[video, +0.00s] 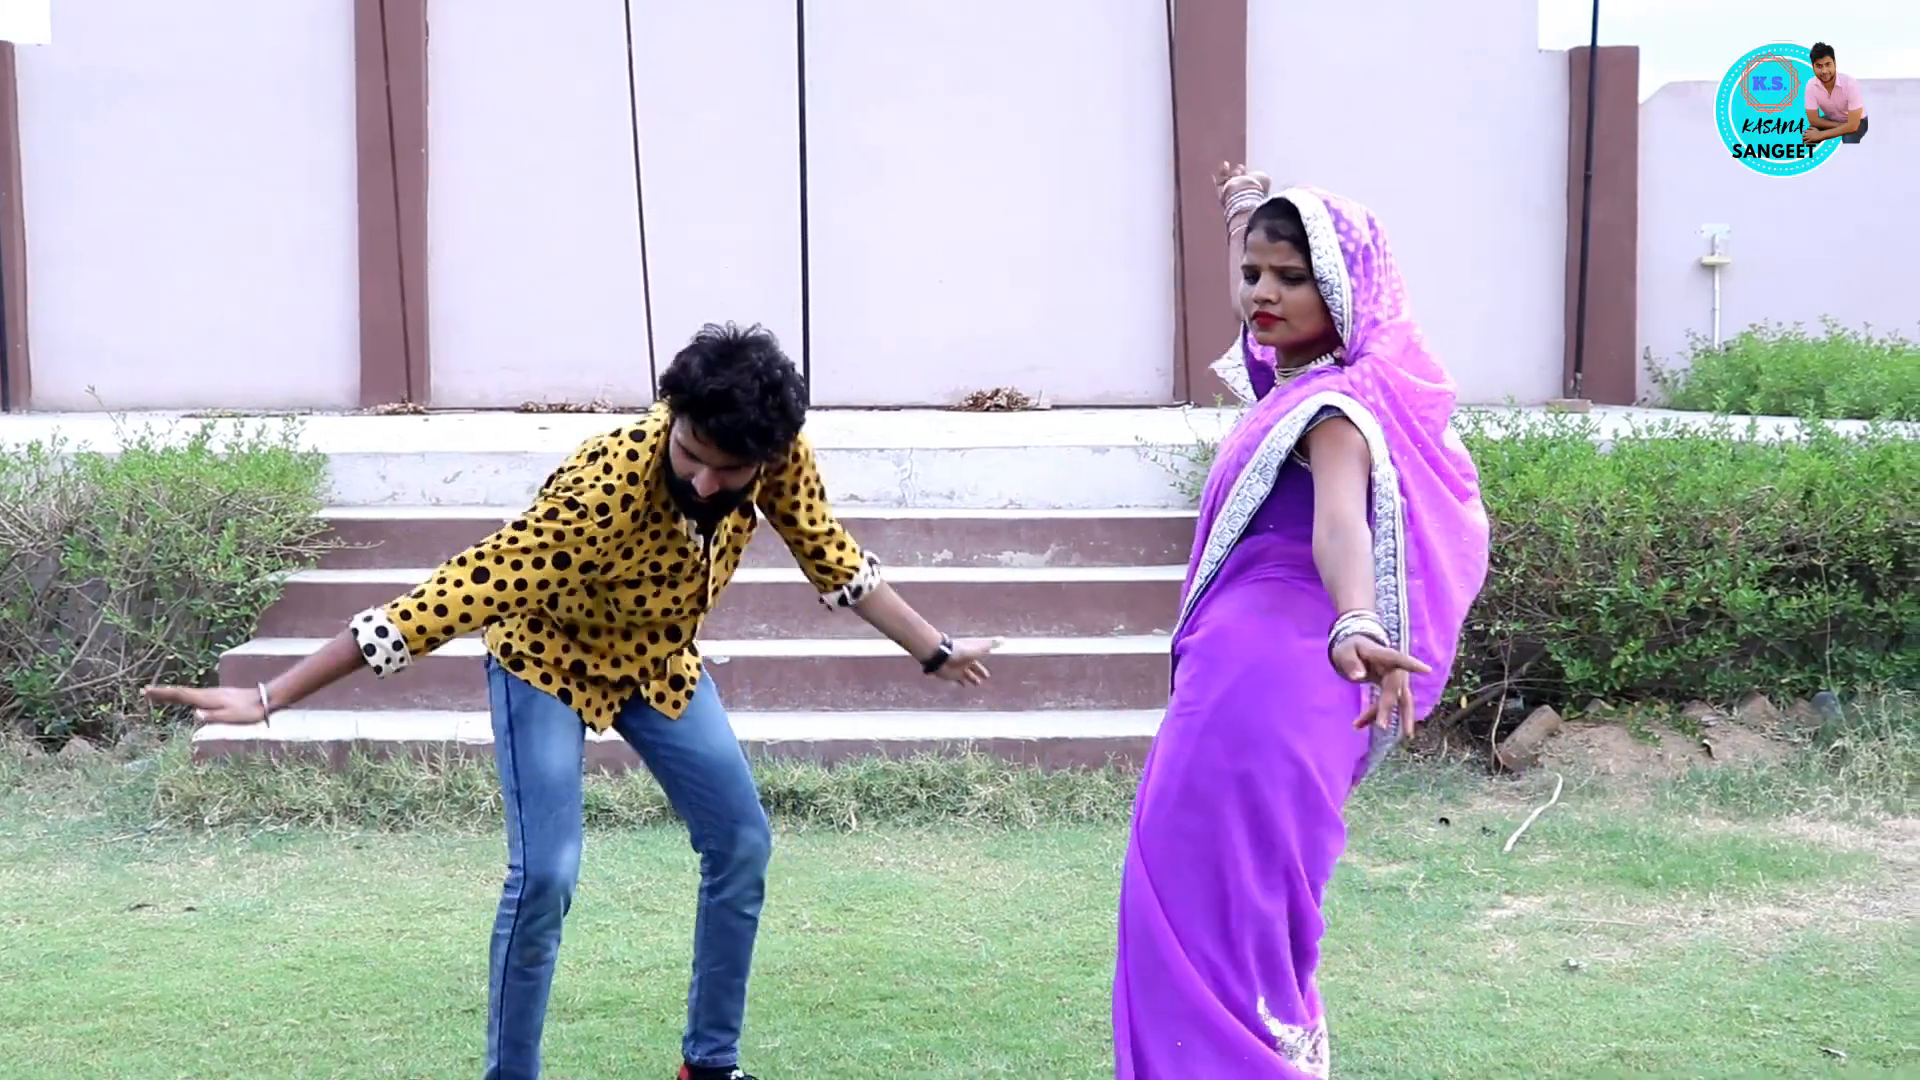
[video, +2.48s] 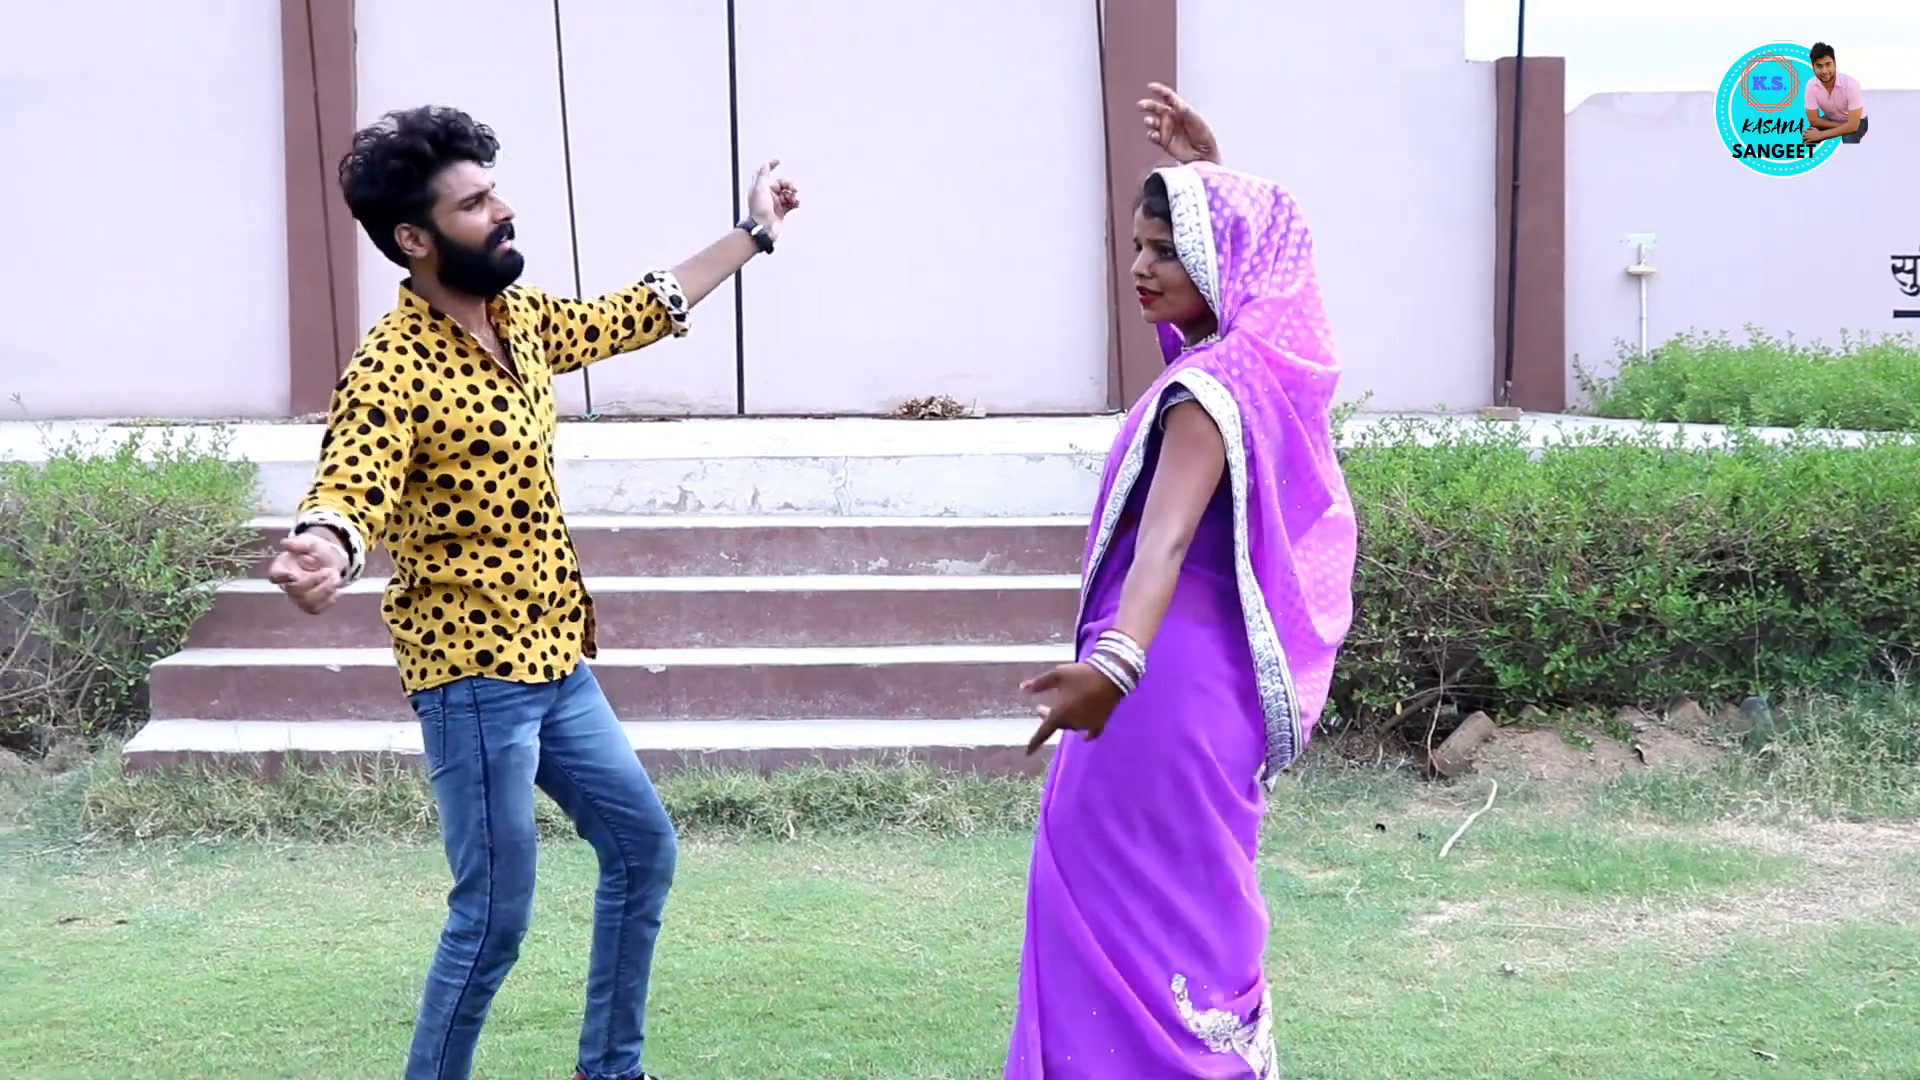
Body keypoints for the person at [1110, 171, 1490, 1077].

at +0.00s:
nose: (1265, 295)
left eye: (1291, 277)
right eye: (1254, 275)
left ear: (1345, 294)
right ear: (1247, 281)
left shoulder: (1336, 404)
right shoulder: (1301, 391)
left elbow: (1345, 525)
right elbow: (1260, 334)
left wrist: (1355, 620)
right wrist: (1259, 223)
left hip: (1265, 685)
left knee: (1172, 905)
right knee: (1252, 913)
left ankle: (1213, 1060)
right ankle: (1280, 1051)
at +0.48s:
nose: (1152, 314)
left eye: (1174, 296)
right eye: (1141, 294)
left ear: (1229, 298)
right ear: (1135, 293)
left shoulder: (1223, 405)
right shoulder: (1198, 384)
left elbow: (1230, 527)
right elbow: (1161, 264)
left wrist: (1234, 628)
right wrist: (1137, 141)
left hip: (1137, 689)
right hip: (1132, 683)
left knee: (1069, 911)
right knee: (1138, 917)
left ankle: (1113, 1062)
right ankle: (1165, 1055)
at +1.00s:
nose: (1124, 313)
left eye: (1148, 293)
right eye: (1113, 291)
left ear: (1202, 306)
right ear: (1107, 292)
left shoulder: (1191, 413)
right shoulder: (1164, 394)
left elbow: (1182, 525)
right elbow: (1136, 269)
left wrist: (1180, 625)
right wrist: (1135, 165)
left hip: (1111, 711)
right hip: (1088, 702)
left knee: (1060, 914)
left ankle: (1127, 1061)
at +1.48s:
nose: (1111, 314)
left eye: (1134, 297)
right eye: (1104, 291)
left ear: (1194, 301)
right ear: (1096, 282)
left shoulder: (1168, 416)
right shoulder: (1228, 389)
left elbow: (1161, 563)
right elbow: (1218, 273)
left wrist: (1115, 680)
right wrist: (1165, 196)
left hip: (1112, 731)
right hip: (1174, 729)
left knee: (979, 926)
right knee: (1144, 951)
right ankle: (1144, 1063)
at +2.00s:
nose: (1089, 291)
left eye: (1112, 274)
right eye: (1084, 272)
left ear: (1170, 285)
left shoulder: (1147, 404)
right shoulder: (1210, 376)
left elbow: (1104, 534)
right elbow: (1190, 274)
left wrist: (1042, 622)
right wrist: (1172, 163)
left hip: (1095, 703)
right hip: (1158, 700)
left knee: (1037, 929)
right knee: (1131, 920)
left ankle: (1058, 1064)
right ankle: (1141, 1055)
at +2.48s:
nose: (1139, 271)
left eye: (1160, 253)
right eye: (1137, 251)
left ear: (1219, 266)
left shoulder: (1203, 389)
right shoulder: (1264, 369)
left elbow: (1167, 539)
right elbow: (1254, 263)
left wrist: (1116, 662)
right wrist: (1209, 171)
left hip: (1156, 694)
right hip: (1215, 689)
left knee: (1099, 938)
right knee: (1197, 933)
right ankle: (1211, 1060)